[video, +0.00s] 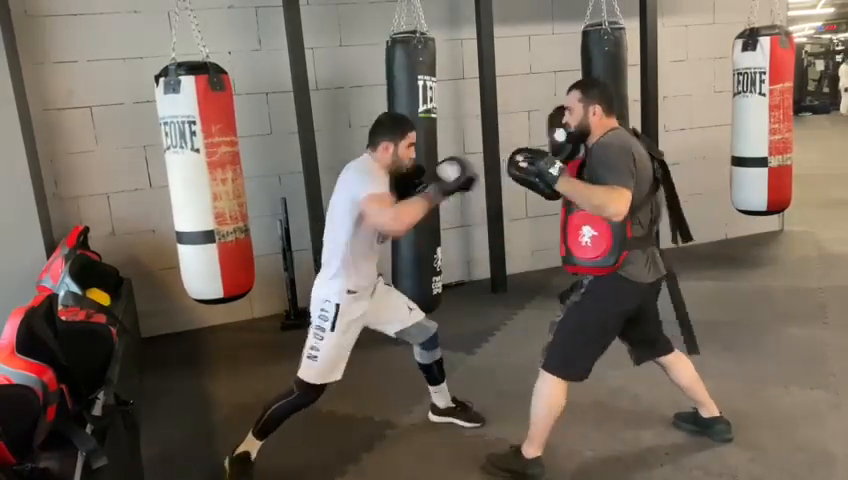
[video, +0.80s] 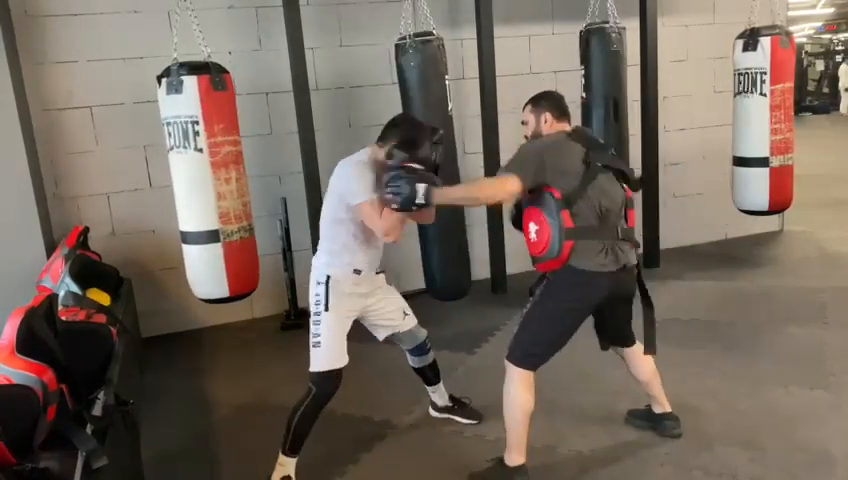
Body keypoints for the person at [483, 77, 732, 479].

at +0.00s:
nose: (567, 119)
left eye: (571, 110)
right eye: (566, 111)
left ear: (595, 110)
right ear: (603, 112)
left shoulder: (609, 148)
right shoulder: (629, 144)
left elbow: (616, 204)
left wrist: (556, 178)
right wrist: (569, 158)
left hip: (615, 278)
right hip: (644, 274)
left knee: (557, 364)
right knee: (660, 348)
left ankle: (529, 454)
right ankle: (712, 415)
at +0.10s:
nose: (550, 118)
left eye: (553, 110)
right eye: (550, 110)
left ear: (576, 111)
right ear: (582, 111)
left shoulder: (602, 152)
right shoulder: (594, 147)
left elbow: (600, 214)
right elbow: (561, 190)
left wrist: (544, 182)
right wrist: (511, 157)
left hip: (594, 281)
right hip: (621, 275)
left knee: (534, 360)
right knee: (653, 349)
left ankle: (527, 456)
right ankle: (707, 414)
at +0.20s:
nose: (531, 114)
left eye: (533, 106)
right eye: (530, 106)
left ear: (552, 106)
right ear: (569, 106)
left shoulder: (566, 143)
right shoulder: (593, 137)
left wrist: (509, 151)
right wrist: (532, 149)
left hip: (582, 273)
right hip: (621, 268)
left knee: (527, 357)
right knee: (644, 338)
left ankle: (527, 455)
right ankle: (692, 405)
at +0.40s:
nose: (509, 128)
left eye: (511, 120)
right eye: (508, 120)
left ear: (532, 119)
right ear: (547, 119)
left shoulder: (526, 153)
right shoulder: (584, 147)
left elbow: (471, 195)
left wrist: (443, 173)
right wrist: (512, 215)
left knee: (513, 361)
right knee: (629, 344)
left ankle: (524, 455)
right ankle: (661, 413)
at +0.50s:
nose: (512, 122)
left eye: (514, 114)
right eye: (511, 114)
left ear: (535, 113)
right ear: (549, 113)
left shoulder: (550, 150)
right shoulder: (576, 141)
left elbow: (536, 215)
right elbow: (565, 201)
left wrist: (498, 208)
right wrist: (519, 185)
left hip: (577, 277)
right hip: (608, 269)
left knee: (522, 361)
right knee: (618, 344)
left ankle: (526, 455)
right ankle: (662, 413)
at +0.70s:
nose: (526, 119)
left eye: (529, 111)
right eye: (526, 111)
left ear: (549, 109)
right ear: (560, 110)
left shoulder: (564, 145)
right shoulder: (590, 142)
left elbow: (581, 199)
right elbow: (568, 201)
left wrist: (519, 221)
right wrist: (518, 191)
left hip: (578, 275)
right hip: (612, 270)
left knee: (515, 353)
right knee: (622, 342)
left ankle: (518, 449)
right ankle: (664, 413)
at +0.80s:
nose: (524, 130)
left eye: (526, 123)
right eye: (523, 123)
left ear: (545, 119)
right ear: (563, 120)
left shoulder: (541, 149)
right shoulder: (594, 147)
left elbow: (501, 189)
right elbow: (622, 198)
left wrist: (431, 194)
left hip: (577, 273)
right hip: (621, 271)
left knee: (520, 362)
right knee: (625, 341)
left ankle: (514, 462)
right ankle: (664, 413)